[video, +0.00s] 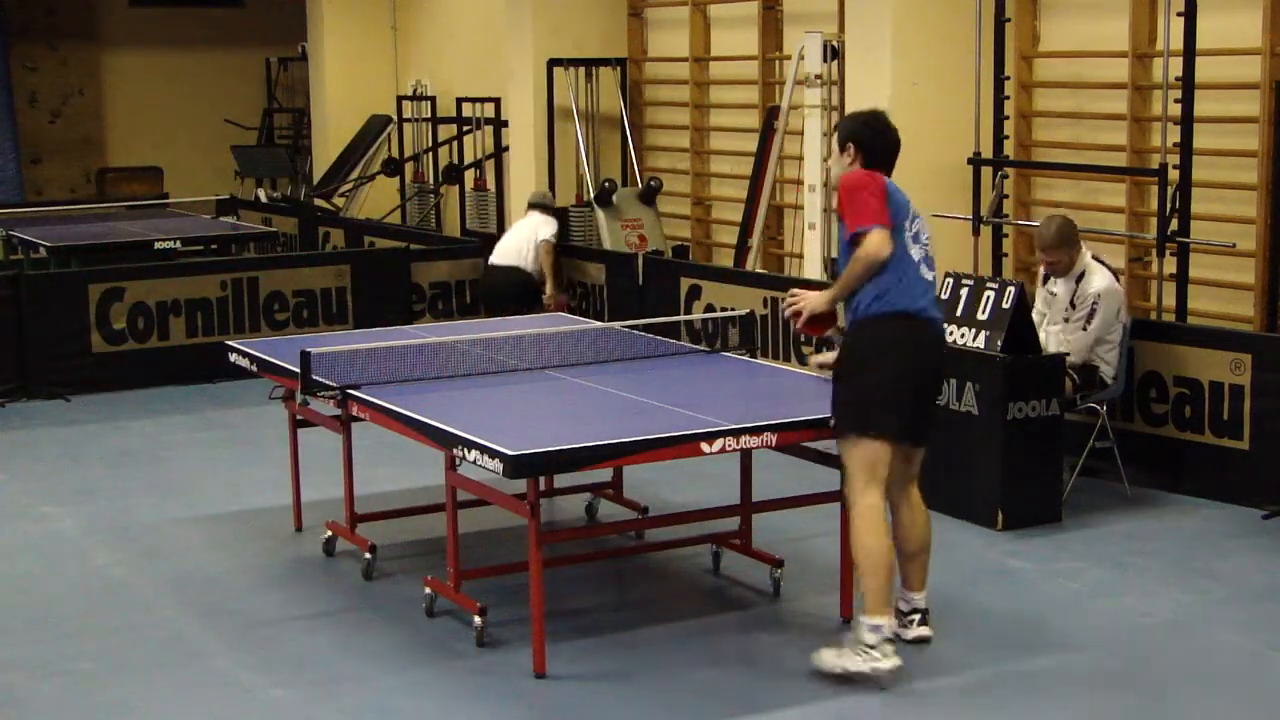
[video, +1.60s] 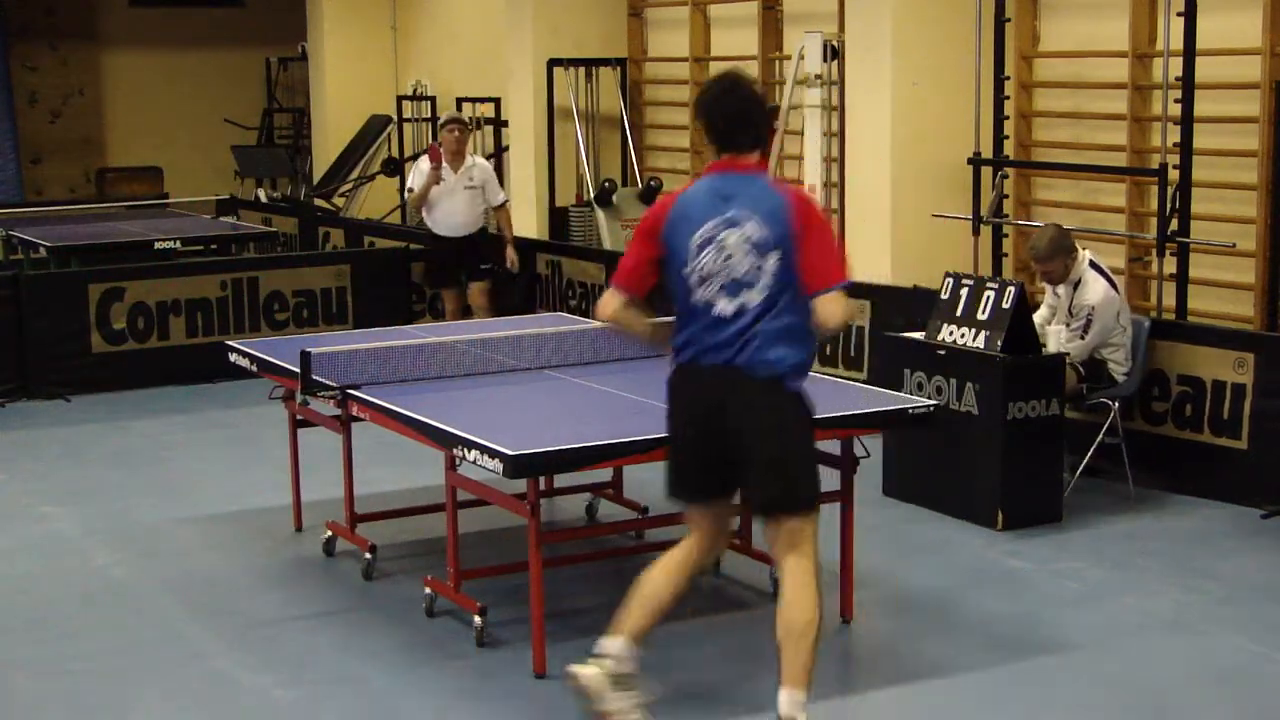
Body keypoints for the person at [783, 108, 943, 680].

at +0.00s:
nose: (834, 160)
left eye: (837, 151)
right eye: (836, 151)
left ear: (851, 152)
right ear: (884, 156)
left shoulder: (858, 182)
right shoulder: (903, 202)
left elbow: (876, 246)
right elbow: (903, 296)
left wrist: (830, 296)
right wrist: (847, 351)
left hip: (884, 340)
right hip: (927, 345)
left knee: (865, 490)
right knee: (904, 485)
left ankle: (875, 635)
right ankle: (914, 610)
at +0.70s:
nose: (812, 147)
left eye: (813, 139)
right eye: (812, 139)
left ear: (824, 140)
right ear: (870, 138)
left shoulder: (824, 189)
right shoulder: (909, 201)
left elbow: (813, 283)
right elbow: (941, 296)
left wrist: (791, 297)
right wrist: (884, 308)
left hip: (836, 355)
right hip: (899, 356)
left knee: (819, 494)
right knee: (898, 485)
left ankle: (822, 638)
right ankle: (914, 609)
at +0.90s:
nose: (789, 140)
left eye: (790, 132)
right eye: (793, 130)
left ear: (797, 137)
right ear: (850, 131)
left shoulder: (783, 201)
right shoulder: (893, 193)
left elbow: (730, 280)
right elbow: (943, 261)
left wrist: (734, 281)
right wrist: (885, 265)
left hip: (808, 379)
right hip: (880, 377)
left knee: (812, 515)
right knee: (892, 499)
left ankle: (825, 655)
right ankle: (911, 620)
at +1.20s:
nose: (758, 131)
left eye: (759, 123)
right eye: (766, 121)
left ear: (767, 131)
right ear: (822, 125)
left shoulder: (758, 197)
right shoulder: (864, 192)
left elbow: (752, 299)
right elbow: (900, 285)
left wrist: (685, 281)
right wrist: (924, 266)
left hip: (780, 382)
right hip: (851, 381)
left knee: (802, 518)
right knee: (851, 520)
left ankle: (822, 659)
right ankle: (849, 653)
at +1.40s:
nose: (748, 138)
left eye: (748, 130)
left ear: (752, 136)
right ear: (809, 131)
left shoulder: (726, 206)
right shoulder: (850, 203)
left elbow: (664, 298)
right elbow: (886, 309)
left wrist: (683, 277)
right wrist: (844, 272)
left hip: (741, 390)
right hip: (814, 393)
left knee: (769, 517)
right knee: (828, 540)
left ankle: (771, 656)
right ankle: (830, 692)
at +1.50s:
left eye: (734, 109)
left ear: (728, 116)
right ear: (787, 112)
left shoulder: (699, 190)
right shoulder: (827, 188)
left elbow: (642, 289)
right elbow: (865, 298)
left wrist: (694, 274)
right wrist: (811, 270)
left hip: (715, 371)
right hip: (790, 377)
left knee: (744, 510)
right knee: (805, 533)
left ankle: (699, 656)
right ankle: (814, 695)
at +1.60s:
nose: (777, 135)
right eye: (776, 126)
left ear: (704, 135)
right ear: (770, 132)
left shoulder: (673, 207)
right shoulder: (793, 205)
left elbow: (613, 308)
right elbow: (831, 314)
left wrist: (671, 332)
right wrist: (797, 310)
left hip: (694, 396)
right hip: (770, 400)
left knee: (702, 534)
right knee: (794, 552)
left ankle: (611, 657)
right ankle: (792, 708)